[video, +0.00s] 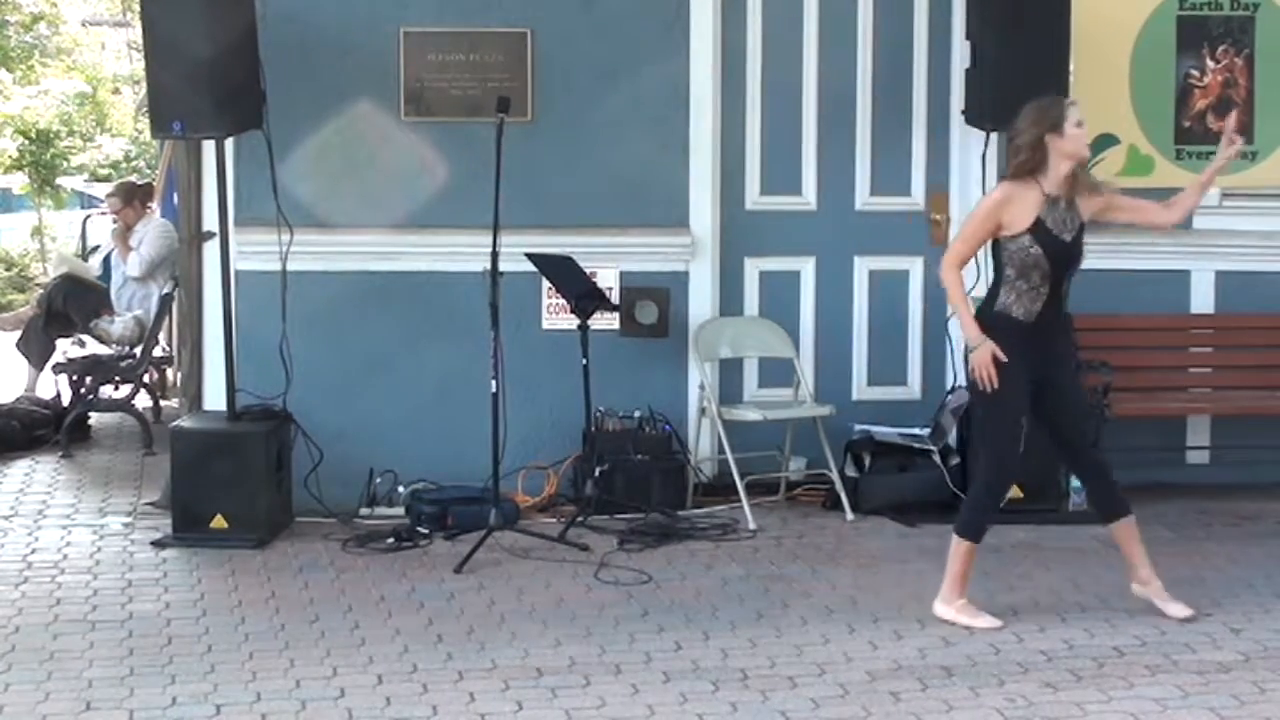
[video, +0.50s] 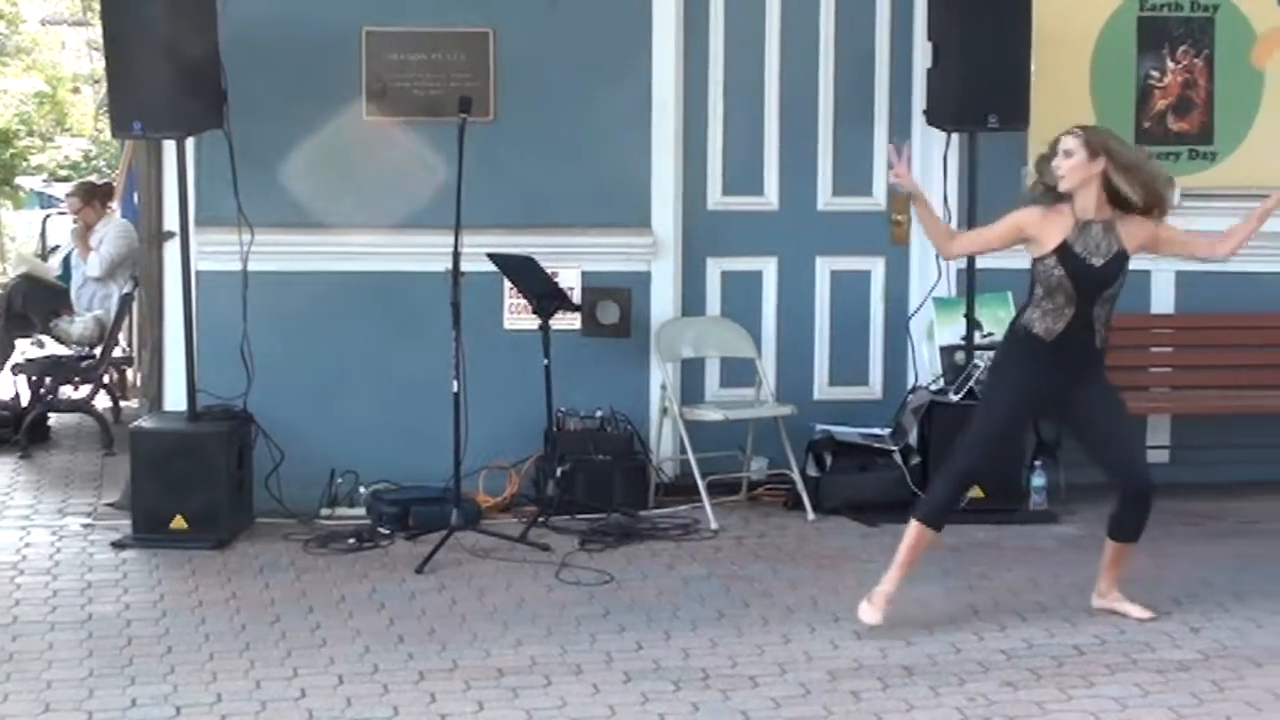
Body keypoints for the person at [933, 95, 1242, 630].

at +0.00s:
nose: (1088, 135)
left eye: (1086, 127)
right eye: (1077, 127)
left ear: (1069, 139)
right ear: (1048, 138)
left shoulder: (1087, 200)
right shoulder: (1009, 196)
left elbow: (1169, 214)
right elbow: (951, 265)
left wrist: (1220, 162)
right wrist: (975, 339)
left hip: (1053, 349)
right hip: (1002, 347)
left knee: (1091, 460)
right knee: (995, 469)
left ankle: (1146, 578)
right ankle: (949, 598)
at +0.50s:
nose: (1055, 163)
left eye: (1068, 153)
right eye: (1054, 155)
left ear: (1101, 164)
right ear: (1058, 168)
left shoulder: (1133, 229)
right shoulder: (1037, 220)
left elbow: (1219, 248)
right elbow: (951, 247)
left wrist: (1267, 208)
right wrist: (914, 193)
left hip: (1083, 375)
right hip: (1022, 366)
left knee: (1137, 482)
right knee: (963, 467)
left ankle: (1107, 591)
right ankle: (887, 587)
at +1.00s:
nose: (908, 176)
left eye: (921, 170)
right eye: (909, 168)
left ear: (948, 185)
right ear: (909, 181)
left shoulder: (963, 248)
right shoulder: (898, 235)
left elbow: (931, 337)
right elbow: (893, 317)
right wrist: (868, 382)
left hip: (986, 368)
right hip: (924, 367)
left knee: (1043, 474)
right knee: (878, 471)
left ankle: (1088, 581)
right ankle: (862, 597)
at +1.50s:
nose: (1004, 86)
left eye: (1002, 77)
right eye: (994, 78)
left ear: (977, 90)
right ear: (962, 88)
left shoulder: (1004, 156)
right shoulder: (927, 148)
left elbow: (1066, 216)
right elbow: (872, 223)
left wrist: (1145, 210)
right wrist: (914, 291)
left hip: (992, 306)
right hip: (936, 307)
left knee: (1022, 422)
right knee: (911, 433)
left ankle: (1056, 538)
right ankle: (875, 567)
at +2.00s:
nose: (1116, 197)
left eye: (1115, 187)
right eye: (1107, 188)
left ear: (1087, 198)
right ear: (1079, 196)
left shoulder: (1086, 252)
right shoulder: (1058, 242)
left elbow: (1149, 319)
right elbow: (1135, 302)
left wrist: (1224, 292)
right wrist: (1203, 270)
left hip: (1000, 370)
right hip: (953, 356)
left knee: (1071, 457)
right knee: (894, 463)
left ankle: (1030, 572)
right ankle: (801, 584)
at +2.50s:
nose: (993, 254)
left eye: (1004, 246)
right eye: (983, 246)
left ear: (1019, 259)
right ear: (967, 257)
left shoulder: (1022, 317)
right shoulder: (939, 304)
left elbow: (1042, 392)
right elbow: (986, 383)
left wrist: (1081, 396)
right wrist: (1067, 381)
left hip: (954, 396)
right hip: (888, 392)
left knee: (1044, 457)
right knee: (844, 477)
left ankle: (1028, 573)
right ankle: (793, 596)